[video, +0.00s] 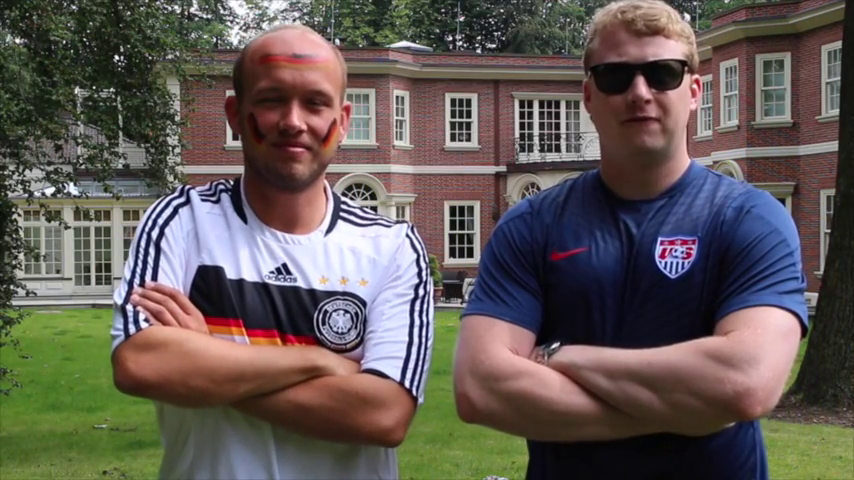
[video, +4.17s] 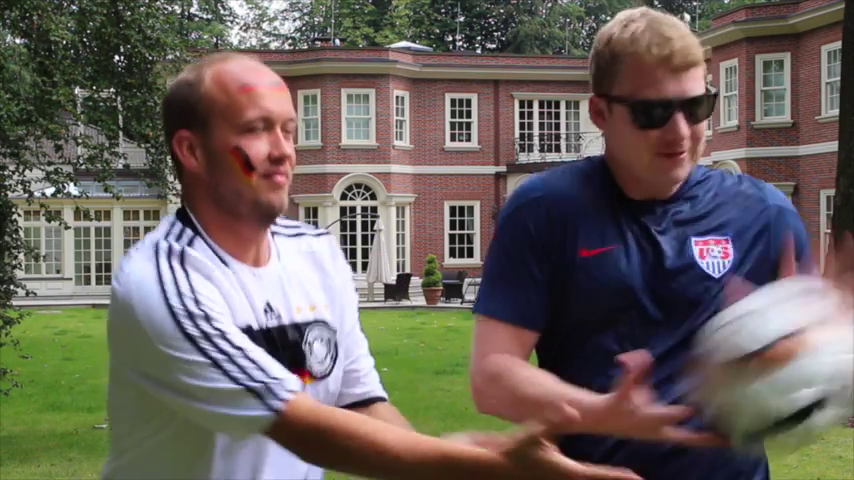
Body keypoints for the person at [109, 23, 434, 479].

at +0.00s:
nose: (294, 122)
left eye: (315, 103)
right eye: (272, 101)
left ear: (341, 121)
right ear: (235, 115)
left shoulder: (393, 247)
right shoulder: (179, 219)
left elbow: (386, 418)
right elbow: (136, 364)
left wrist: (210, 365)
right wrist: (320, 361)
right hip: (206, 473)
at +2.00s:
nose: (291, 124)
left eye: (312, 105)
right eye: (269, 102)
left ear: (337, 124)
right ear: (231, 117)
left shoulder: (386, 248)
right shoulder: (173, 223)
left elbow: (386, 420)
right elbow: (140, 374)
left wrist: (212, 372)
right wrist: (321, 365)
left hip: (341, 475)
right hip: (202, 473)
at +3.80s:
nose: (297, 122)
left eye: (306, 103)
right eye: (271, 101)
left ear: (314, 112)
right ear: (208, 119)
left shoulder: (350, 240)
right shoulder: (143, 232)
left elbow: (389, 404)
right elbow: (134, 389)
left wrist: (213, 370)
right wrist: (299, 340)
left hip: (332, 473)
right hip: (192, 473)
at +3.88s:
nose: (294, 115)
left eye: (301, 98)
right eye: (269, 95)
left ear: (309, 109)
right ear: (204, 117)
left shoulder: (348, 240)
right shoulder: (140, 232)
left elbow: (403, 406)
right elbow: (125, 388)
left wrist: (248, 361)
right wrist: (289, 304)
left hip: (330, 474)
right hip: (191, 472)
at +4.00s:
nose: (288, 122)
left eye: (295, 103)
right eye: (263, 100)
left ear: (304, 110)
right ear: (197, 119)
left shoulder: (339, 242)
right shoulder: (136, 239)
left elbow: (405, 411)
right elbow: (169, 407)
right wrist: (342, 322)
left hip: (323, 475)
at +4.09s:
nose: (284, 132)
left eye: (290, 111)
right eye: (259, 111)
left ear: (298, 119)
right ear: (191, 128)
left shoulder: (329, 243)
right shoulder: (141, 256)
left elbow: (366, 383)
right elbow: (230, 414)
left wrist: (386, 421)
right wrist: (412, 404)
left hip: (316, 470)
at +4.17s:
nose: (283, 150)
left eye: (287, 129)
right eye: (256, 131)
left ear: (295, 132)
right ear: (188, 152)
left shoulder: (316, 252)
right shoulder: (158, 284)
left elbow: (362, 403)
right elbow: (299, 425)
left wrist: (459, 458)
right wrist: (495, 458)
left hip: (318, 472)